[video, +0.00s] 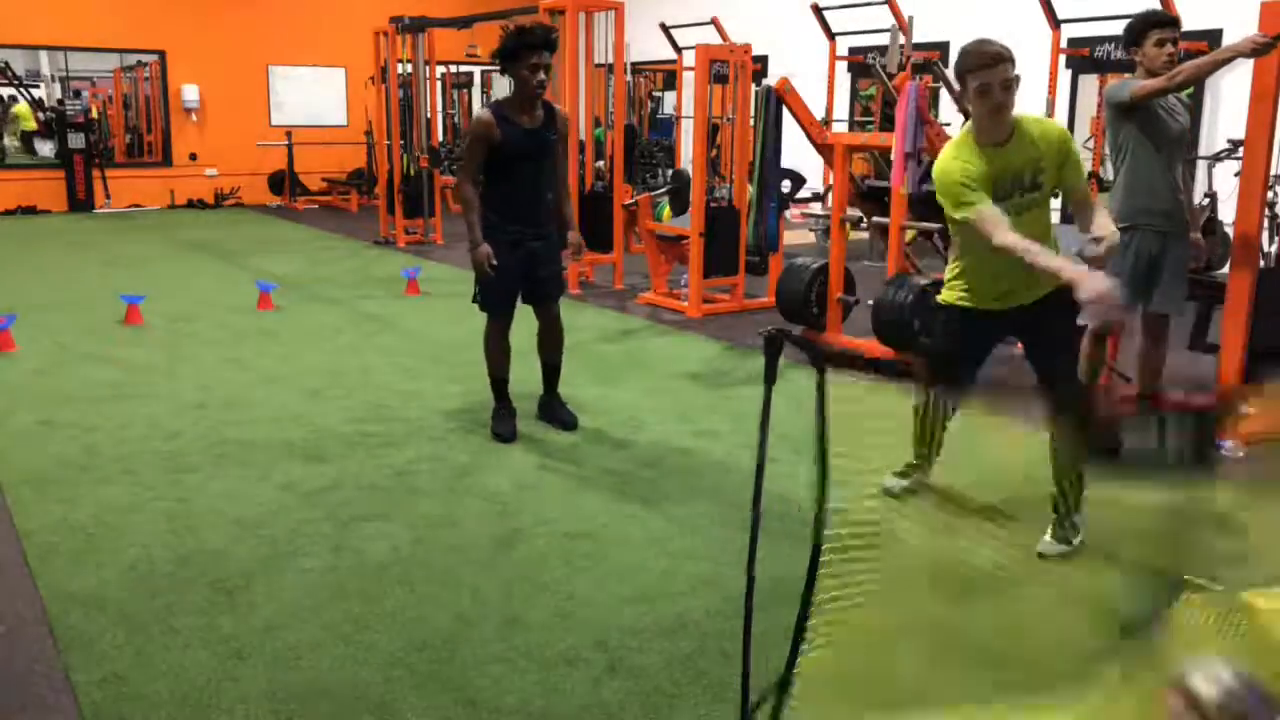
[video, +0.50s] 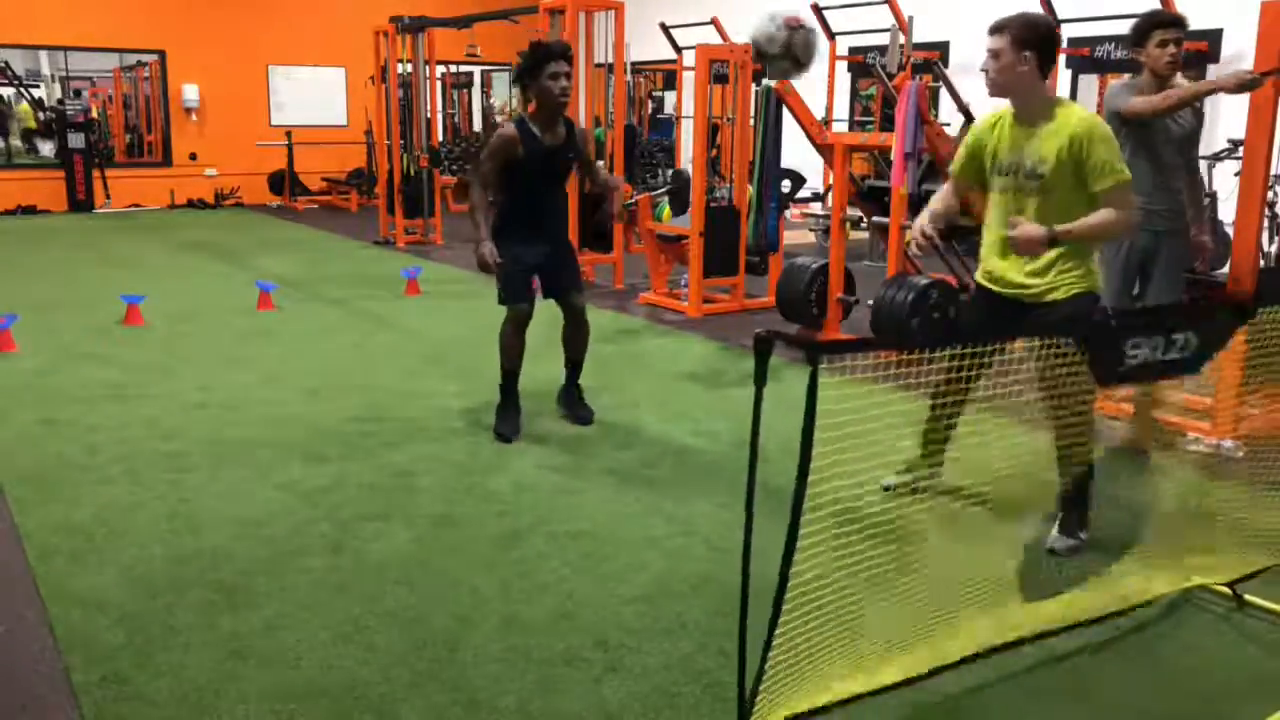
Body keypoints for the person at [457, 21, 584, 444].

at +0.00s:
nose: (540, 78)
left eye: (545, 69)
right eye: (531, 69)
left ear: (551, 72)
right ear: (509, 70)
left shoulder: (556, 121)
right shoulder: (487, 123)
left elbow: (560, 181)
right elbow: (467, 182)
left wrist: (570, 227)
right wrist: (476, 242)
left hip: (544, 240)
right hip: (500, 242)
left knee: (550, 318)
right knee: (498, 325)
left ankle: (551, 398)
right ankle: (502, 406)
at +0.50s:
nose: (564, 84)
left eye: (567, 77)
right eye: (554, 77)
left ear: (572, 84)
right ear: (531, 86)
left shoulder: (574, 136)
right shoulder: (508, 139)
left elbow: (590, 174)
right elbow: (479, 186)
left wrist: (609, 183)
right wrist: (483, 238)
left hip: (555, 238)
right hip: (513, 241)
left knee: (577, 310)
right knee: (519, 314)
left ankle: (571, 389)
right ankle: (509, 400)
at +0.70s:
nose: (561, 83)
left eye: (563, 77)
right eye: (551, 77)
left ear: (569, 84)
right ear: (531, 90)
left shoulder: (577, 137)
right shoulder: (516, 143)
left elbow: (591, 187)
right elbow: (496, 194)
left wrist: (629, 174)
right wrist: (508, 214)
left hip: (559, 238)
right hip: (524, 239)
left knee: (580, 314)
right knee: (531, 321)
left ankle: (568, 394)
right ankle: (502, 394)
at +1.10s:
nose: (586, 78)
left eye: (590, 70)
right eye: (579, 70)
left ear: (592, 70)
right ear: (556, 71)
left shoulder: (600, 115)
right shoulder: (538, 122)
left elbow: (622, 164)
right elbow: (522, 173)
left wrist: (630, 165)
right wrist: (530, 208)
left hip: (598, 226)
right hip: (557, 228)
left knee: (617, 300)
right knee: (551, 304)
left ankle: (616, 376)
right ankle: (522, 362)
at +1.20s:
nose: (604, 98)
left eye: (608, 90)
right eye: (597, 90)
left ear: (610, 89)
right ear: (577, 87)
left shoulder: (612, 127)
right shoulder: (547, 129)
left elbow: (614, 171)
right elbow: (523, 171)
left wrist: (636, 184)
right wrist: (521, 216)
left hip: (603, 224)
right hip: (566, 225)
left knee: (621, 301)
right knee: (589, 304)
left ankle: (620, 381)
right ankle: (554, 351)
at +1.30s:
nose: (616, 104)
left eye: (619, 96)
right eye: (610, 96)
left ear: (621, 98)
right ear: (589, 96)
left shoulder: (624, 138)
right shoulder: (557, 135)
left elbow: (634, 181)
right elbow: (525, 175)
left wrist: (645, 203)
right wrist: (515, 225)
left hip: (604, 226)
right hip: (569, 226)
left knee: (624, 296)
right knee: (613, 288)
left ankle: (620, 379)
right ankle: (599, 366)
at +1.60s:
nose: (597, 128)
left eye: (604, 121)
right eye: (590, 121)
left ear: (612, 125)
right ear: (576, 125)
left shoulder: (625, 172)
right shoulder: (558, 169)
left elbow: (628, 221)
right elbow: (533, 213)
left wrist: (631, 256)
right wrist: (518, 252)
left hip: (606, 252)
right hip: (568, 254)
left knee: (644, 314)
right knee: (604, 302)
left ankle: (676, 379)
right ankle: (590, 371)